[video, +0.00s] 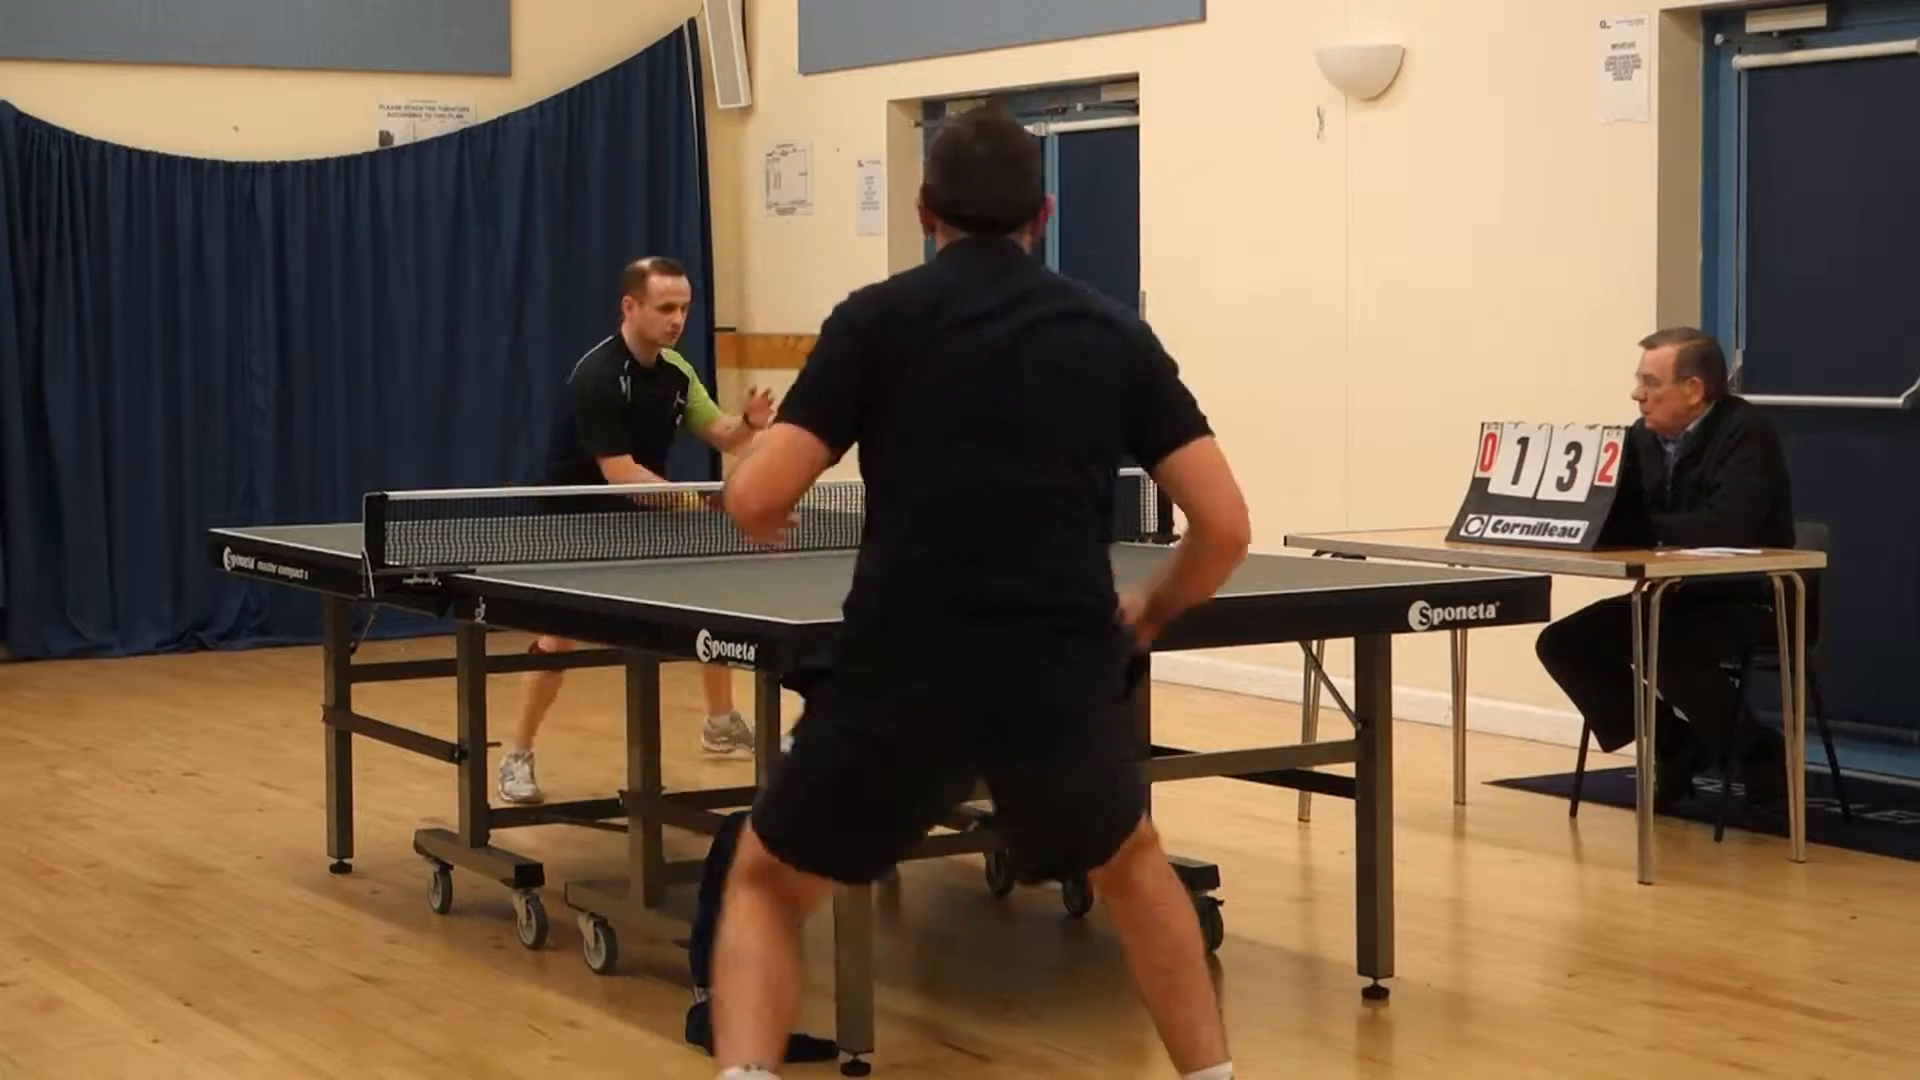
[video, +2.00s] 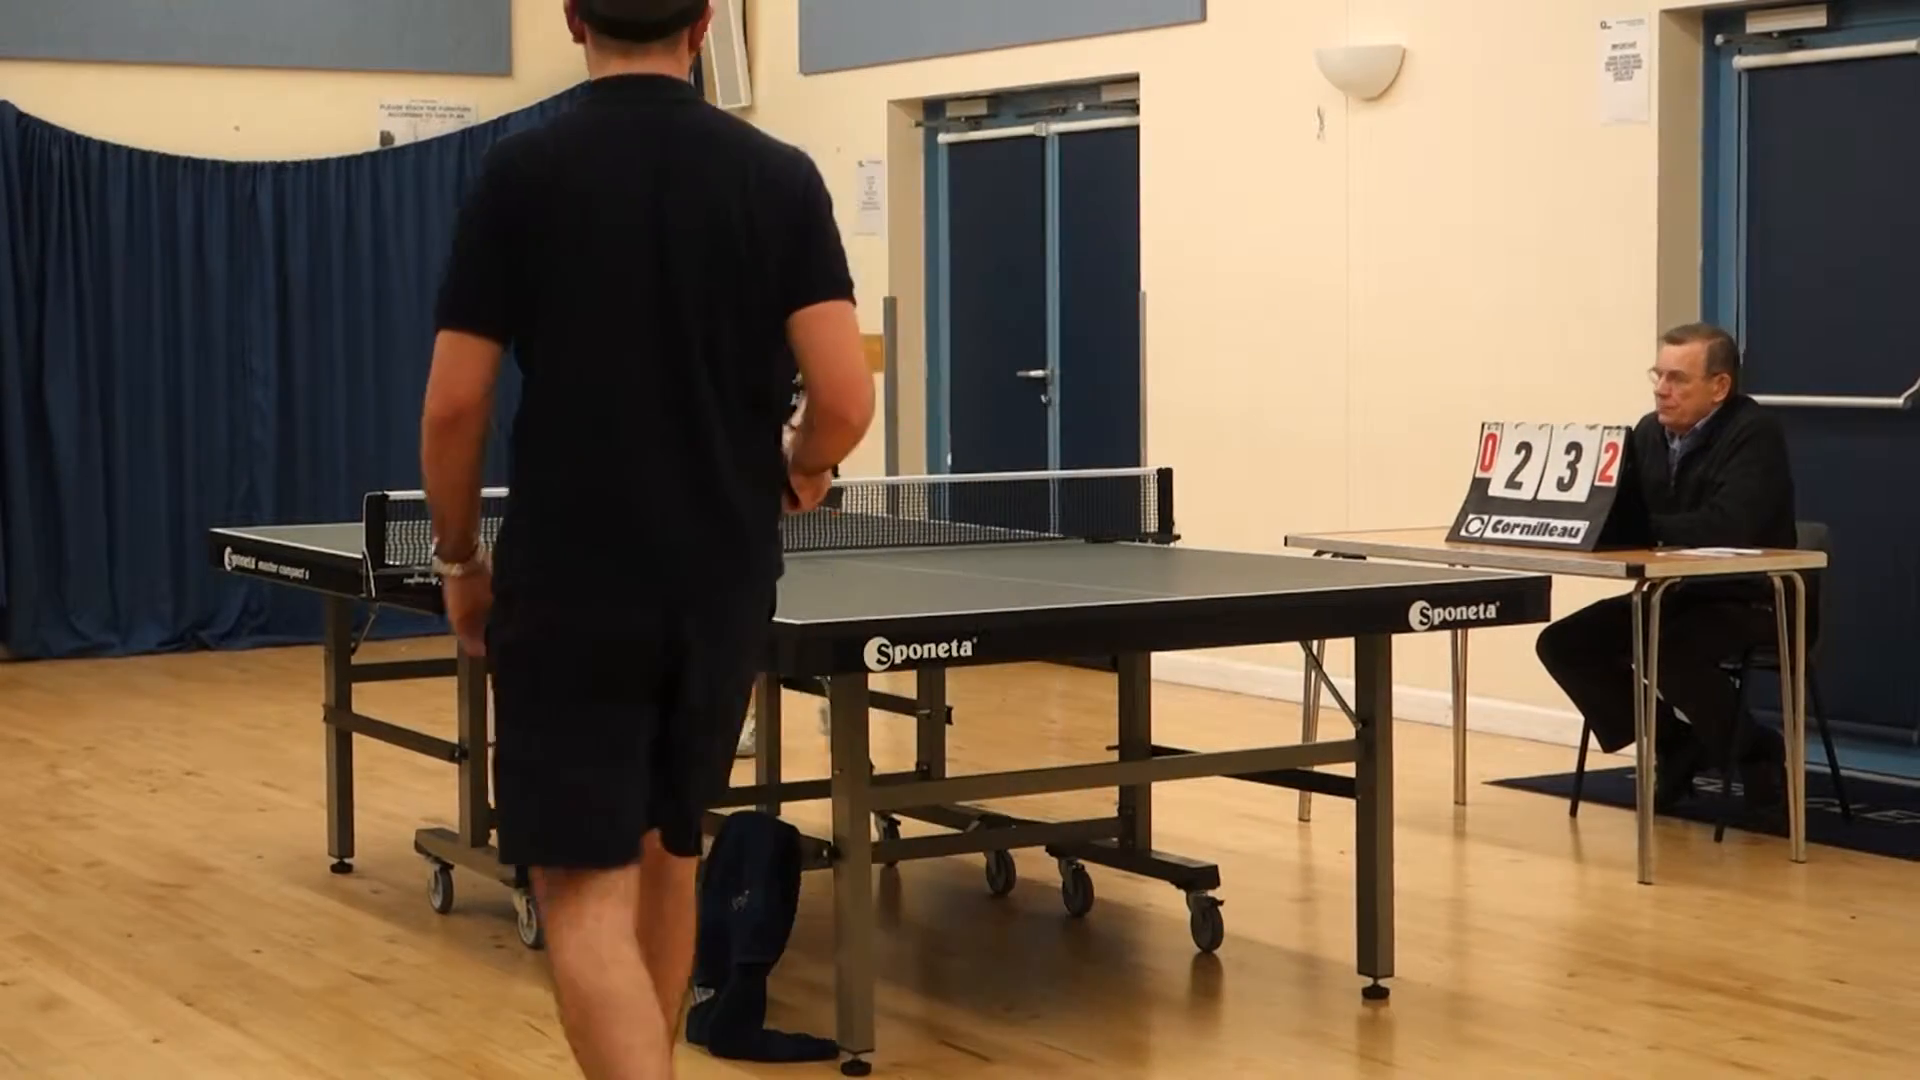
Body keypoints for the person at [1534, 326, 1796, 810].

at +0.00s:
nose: (1637, 393)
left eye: (1651, 383)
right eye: (1639, 381)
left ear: (1695, 390)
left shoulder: (1747, 432)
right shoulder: (1643, 438)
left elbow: (1734, 526)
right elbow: (1609, 513)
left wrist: (1640, 530)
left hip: (1755, 598)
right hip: (1675, 594)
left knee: (1667, 648)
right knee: (1562, 644)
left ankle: (1757, 750)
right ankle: (1674, 740)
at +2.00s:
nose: (1661, 388)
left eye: (1677, 378)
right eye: (1658, 375)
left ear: (1719, 387)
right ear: (1653, 376)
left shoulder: (1755, 433)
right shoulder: (1648, 433)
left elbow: (1737, 527)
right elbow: (1616, 512)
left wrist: (1640, 530)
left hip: (1753, 597)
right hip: (1671, 592)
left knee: (1669, 650)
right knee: (1562, 644)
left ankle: (1758, 749)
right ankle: (1675, 742)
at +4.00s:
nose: (1663, 398)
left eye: (1679, 385)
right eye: (1655, 384)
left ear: (1717, 390)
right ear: (1647, 385)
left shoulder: (1749, 434)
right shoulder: (1641, 438)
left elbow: (1731, 527)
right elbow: (1609, 518)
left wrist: (1638, 529)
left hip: (1756, 600)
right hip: (1673, 596)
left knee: (1668, 647)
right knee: (1561, 644)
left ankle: (1757, 750)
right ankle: (1674, 743)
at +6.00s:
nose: (1656, 398)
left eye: (1671, 385)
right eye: (1651, 384)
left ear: (1713, 388)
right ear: (1644, 385)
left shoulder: (1747, 434)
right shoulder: (1641, 437)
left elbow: (1732, 527)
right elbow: (1607, 515)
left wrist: (1637, 531)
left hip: (1756, 599)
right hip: (1673, 595)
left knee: (1667, 644)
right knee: (1562, 644)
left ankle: (1758, 753)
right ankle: (1673, 742)